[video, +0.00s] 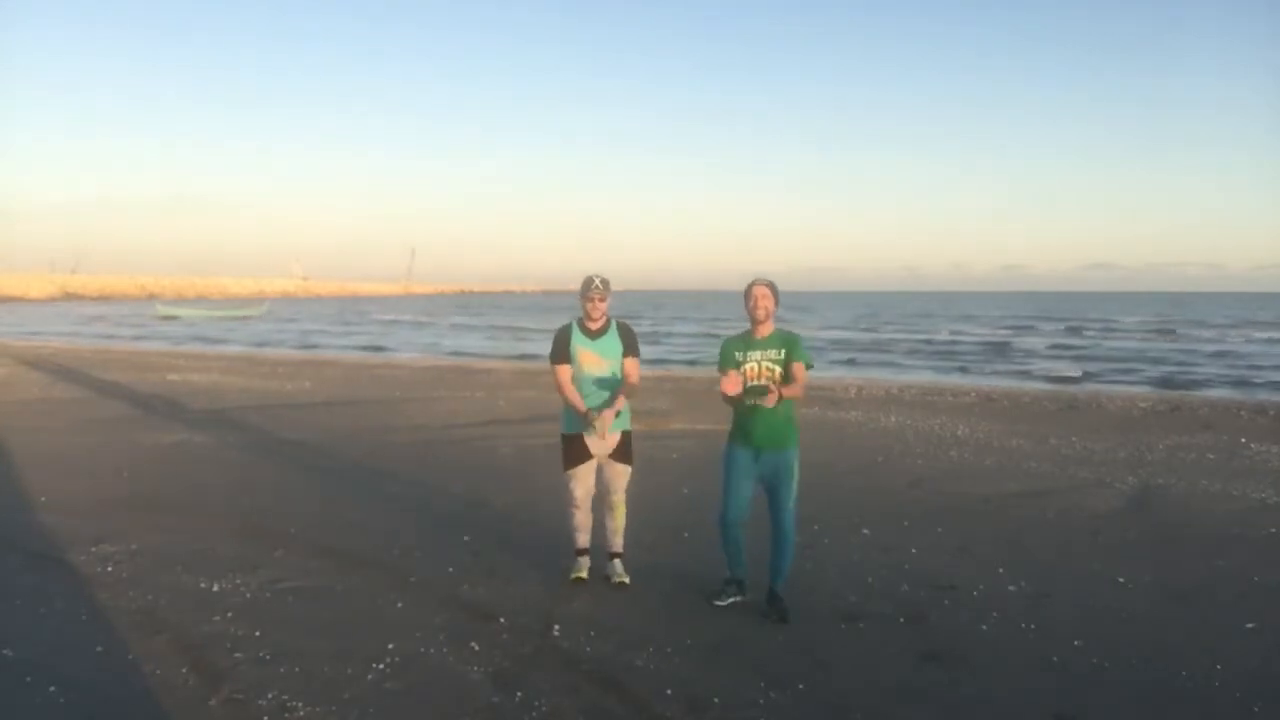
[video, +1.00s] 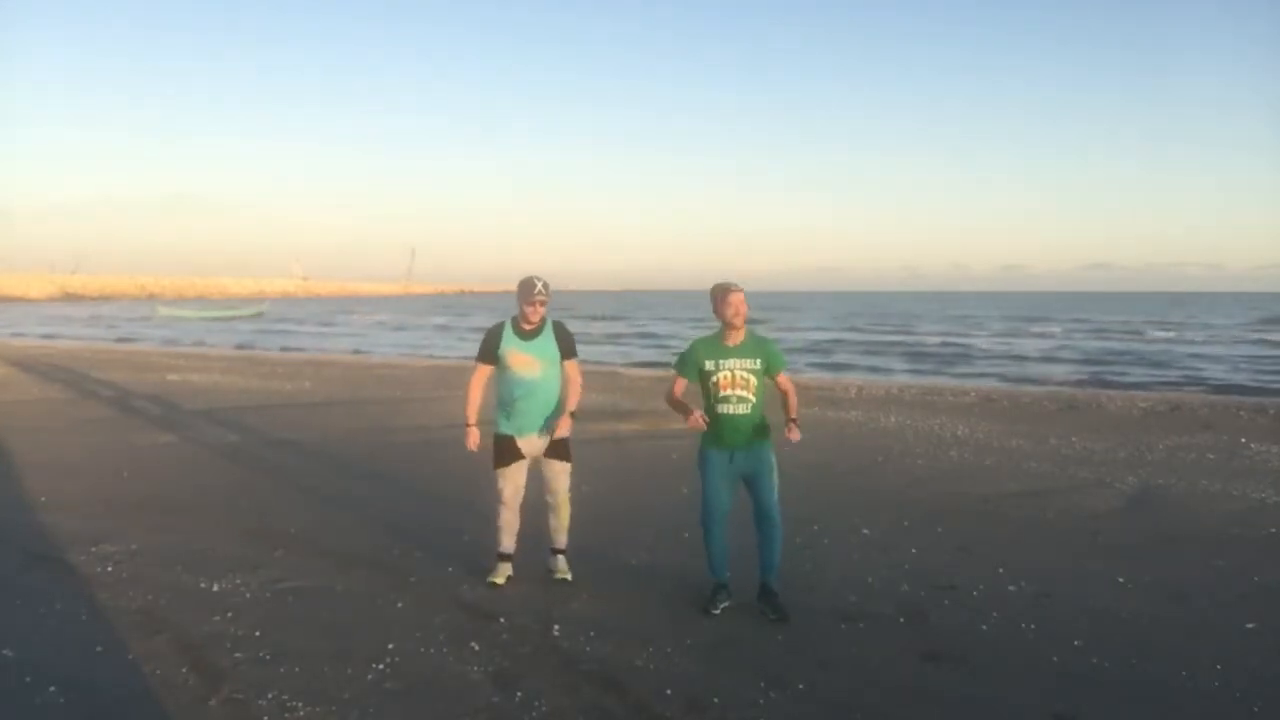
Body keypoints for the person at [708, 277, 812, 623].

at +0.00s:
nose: (758, 304)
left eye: (765, 298)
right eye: (753, 298)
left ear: (775, 305)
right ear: (745, 305)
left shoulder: (790, 343)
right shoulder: (732, 346)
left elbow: (801, 387)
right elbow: (729, 394)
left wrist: (779, 392)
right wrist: (732, 389)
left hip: (781, 443)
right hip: (743, 442)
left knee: (784, 522)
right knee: (731, 516)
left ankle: (776, 592)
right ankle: (735, 582)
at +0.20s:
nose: (746, 311)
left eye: (753, 305)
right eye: (742, 306)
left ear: (766, 308)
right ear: (737, 310)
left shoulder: (786, 348)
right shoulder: (723, 348)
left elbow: (797, 396)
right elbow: (713, 401)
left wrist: (774, 410)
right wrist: (736, 410)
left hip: (776, 446)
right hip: (737, 446)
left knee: (778, 523)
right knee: (728, 518)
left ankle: (775, 593)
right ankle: (723, 587)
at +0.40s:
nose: (732, 316)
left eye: (738, 309)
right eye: (728, 310)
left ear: (753, 311)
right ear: (724, 312)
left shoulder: (774, 347)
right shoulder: (712, 349)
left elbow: (796, 399)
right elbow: (695, 398)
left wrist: (781, 445)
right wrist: (709, 442)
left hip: (766, 452)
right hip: (726, 452)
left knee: (775, 525)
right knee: (720, 522)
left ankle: (774, 592)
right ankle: (721, 587)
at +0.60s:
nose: (725, 313)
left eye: (731, 306)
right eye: (720, 307)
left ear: (746, 307)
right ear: (716, 310)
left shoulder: (768, 344)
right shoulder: (704, 347)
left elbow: (792, 390)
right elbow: (682, 392)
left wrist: (787, 426)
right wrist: (677, 435)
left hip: (760, 445)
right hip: (719, 445)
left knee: (769, 517)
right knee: (718, 514)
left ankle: (769, 590)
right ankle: (721, 586)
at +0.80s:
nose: (726, 314)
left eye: (732, 307)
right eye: (721, 309)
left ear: (745, 308)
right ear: (715, 311)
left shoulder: (766, 345)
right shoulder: (704, 348)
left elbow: (783, 393)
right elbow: (684, 392)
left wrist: (778, 434)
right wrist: (680, 433)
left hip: (756, 444)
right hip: (716, 445)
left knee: (762, 515)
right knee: (716, 515)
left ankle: (767, 590)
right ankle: (721, 586)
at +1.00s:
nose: (737, 310)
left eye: (740, 303)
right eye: (729, 304)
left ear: (747, 307)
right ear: (716, 310)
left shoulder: (764, 349)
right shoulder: (699, 351)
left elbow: (787, 388)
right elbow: (673, 394)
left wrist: (792, 419)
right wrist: (688, 411)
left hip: (757, 446)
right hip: (717, 447)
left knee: (770, 515)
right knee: (714, 516)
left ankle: (768, 589)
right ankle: (720, 586)